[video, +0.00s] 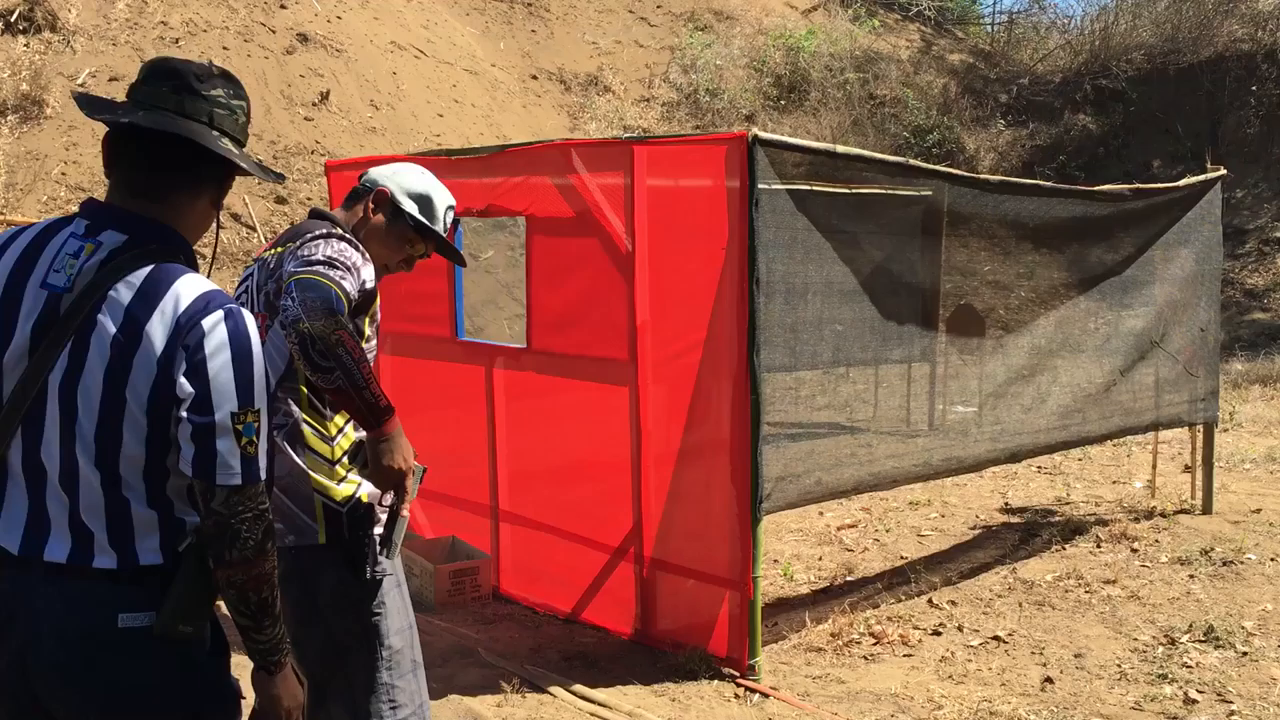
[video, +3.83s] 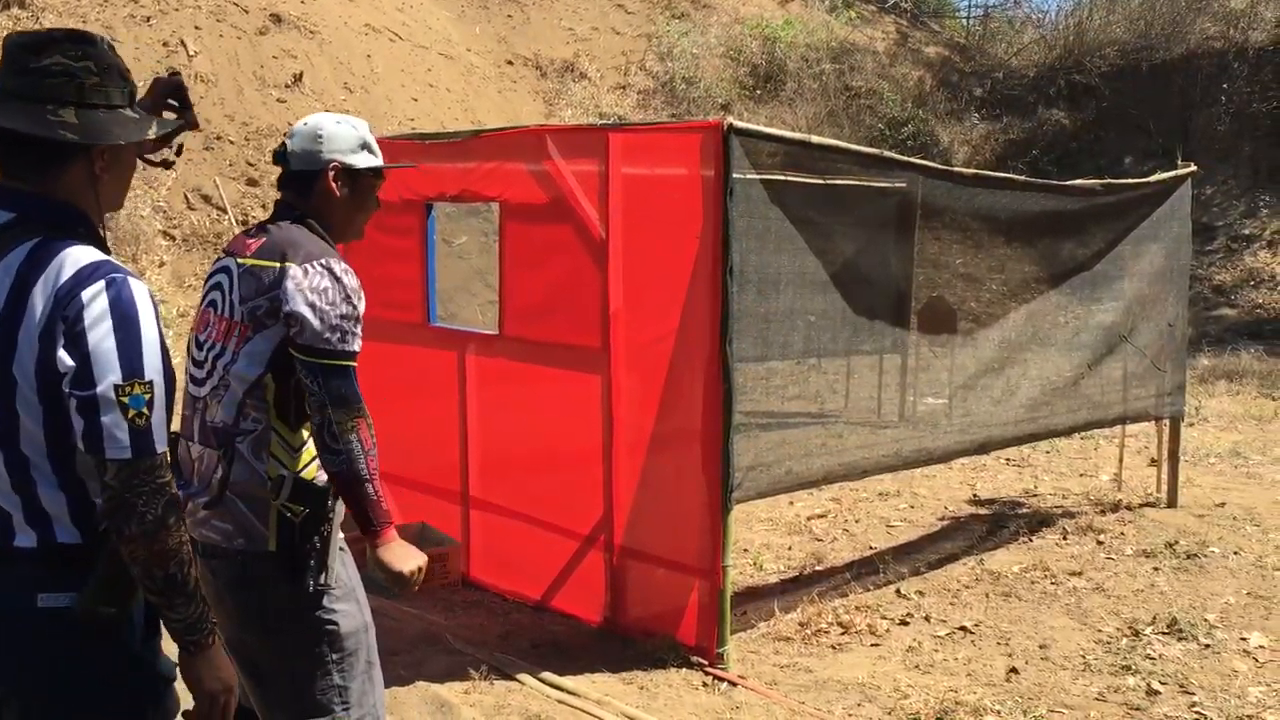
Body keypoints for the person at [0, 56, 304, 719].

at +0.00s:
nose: (223, 208)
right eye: (231, 187)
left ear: (108, 154)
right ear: (219, 189)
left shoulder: (14, 254)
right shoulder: (208, 324)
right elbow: (235, 526)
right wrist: (273, 661)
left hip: (11, 601)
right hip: (141, 630)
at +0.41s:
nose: (156, 197)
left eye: (158, 178)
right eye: (158, 179)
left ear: (35, 161)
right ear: (145, 184)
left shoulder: (5, 263)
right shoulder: (130, 319)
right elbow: (171, 528)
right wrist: (228, 655)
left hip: (5, 607)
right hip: (102, 627)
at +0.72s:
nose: (100, 198)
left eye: (103, 181)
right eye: (101, 181)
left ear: (4, 180)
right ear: (81, 186)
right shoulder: (63, 316)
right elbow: (94, 525)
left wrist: (57, 287)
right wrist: (149, 659)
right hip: (48, 643)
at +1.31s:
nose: (73, 206)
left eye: (75, 185)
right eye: (67, 182)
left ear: (22, 178)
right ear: (24, 176)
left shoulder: (17, 286)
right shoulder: (27, 295)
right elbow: (55, 496)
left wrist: (34, 276)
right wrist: (126, 640)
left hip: (17, 635)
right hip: (37, 644)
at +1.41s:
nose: (87, 206)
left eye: (89, 187)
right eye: (83, 184)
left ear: (34, 178)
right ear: (40, 176)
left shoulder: (19, 287)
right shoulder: (37, 296)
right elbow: (70, 500)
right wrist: (139, 641)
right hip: (39, 642)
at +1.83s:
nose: (167, 212)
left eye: (173, 195)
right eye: (168, 191)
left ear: (50, 162)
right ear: (126, 182)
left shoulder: (7, 255)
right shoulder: (115, 314)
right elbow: (149, 529)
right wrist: (207, 658)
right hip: (84, 638)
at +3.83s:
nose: (138, 164)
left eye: (141, 147)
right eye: (135, 148)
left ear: (14, 149)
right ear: (99, 160)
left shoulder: (11, 258)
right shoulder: (98, 293)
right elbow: (141, 507)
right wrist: (201, 641)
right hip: (76, 618)